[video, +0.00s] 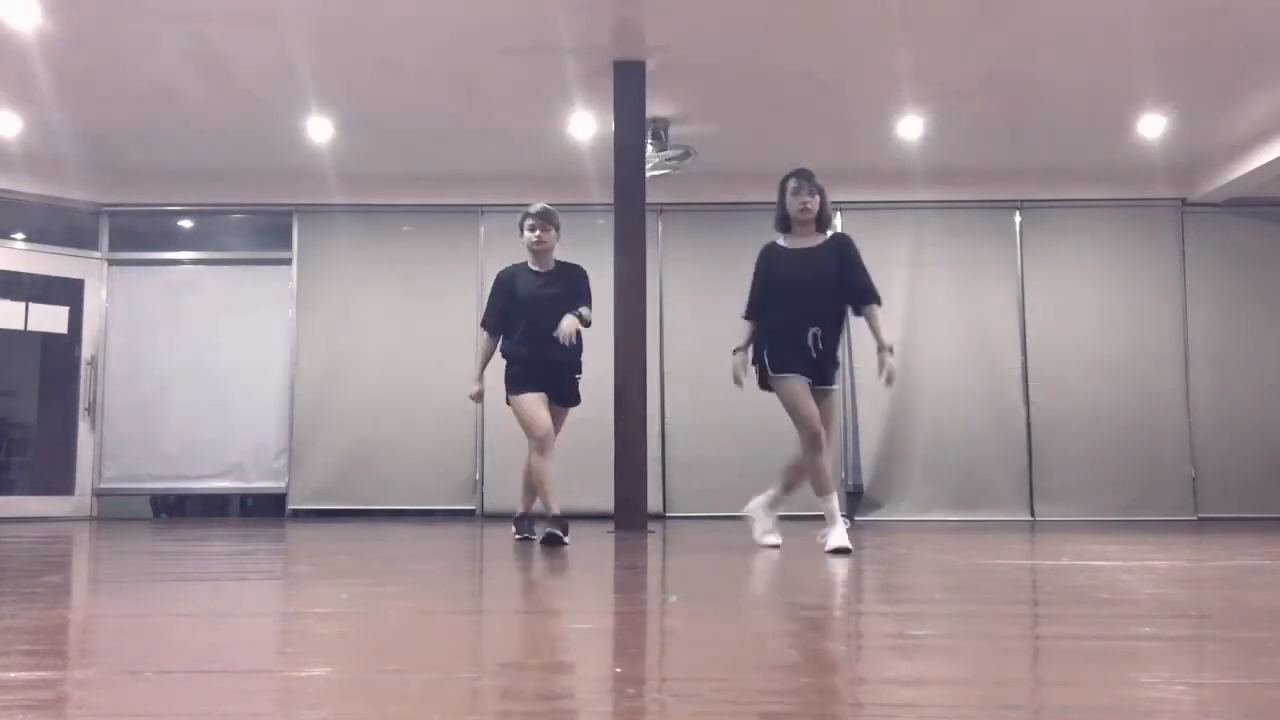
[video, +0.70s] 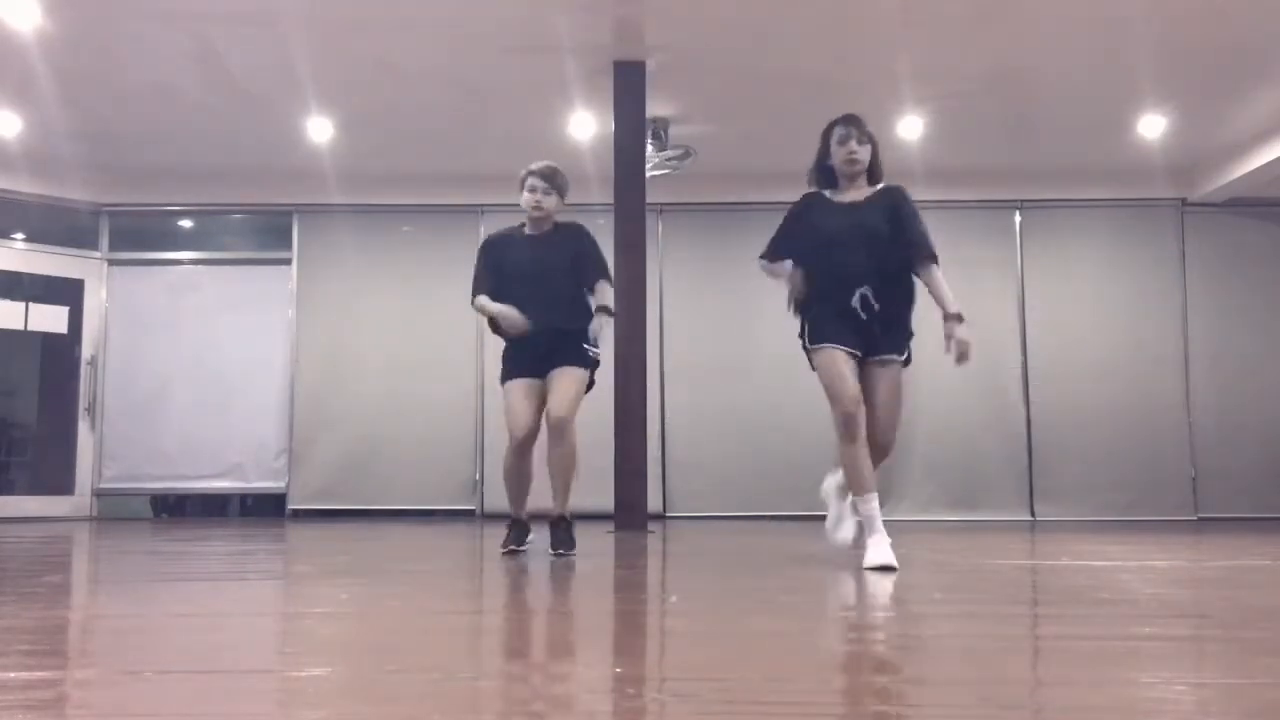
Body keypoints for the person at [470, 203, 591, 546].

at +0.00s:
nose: (539, 234)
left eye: (546, 228)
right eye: (532, 228)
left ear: (557, 234)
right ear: (522, 235)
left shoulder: (574, 274)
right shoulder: (509, 278)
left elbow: (585, 313)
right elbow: (491, 331)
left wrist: (573, 318)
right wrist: (478, 377)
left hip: (563, 373)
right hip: (521, 371)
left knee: (542, 447)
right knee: (542, 435)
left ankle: (524, 516)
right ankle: (554, 519)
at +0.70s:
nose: (537, 197)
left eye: (547, 192)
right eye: (531, 190)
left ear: (560, 200)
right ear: (520, 195)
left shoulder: (576, 237)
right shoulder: (496, 244)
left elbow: (601, 282)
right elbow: (479, 297)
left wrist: (602, 314)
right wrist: (498, 311)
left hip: (571, 342)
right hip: (522, 344)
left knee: (558, 419)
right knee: (521, 432)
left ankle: (561, 519)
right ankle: (518, 521)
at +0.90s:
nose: (522, 196)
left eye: (528, 187)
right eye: (513, 191)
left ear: (543, 192)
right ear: (503, 201)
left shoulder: (576, 231)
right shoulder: (499, 250)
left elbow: (597, 286)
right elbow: (494, 308)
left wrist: (600, 338)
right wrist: (510, 265)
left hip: (566, 343)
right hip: (513, 347)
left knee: (558, 407)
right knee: (522, 448)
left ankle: (551, 515)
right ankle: (521, 524)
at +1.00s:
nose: (533, 185)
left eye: (539, 176)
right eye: (524, 181)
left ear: (554, 181)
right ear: (514, 190)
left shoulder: (579, 234)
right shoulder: (501, 230)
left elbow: (589, 295)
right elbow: (488, 278)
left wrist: (590, 338)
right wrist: (529, 238)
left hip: (565, 341)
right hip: (514, 341)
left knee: (558, 423)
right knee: (524, 446)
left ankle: (552, 525)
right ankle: (524, 524)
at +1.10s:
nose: (556, 180)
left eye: (563, 175)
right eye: (548, 172)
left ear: (571, 188)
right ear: (531, 179)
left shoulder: (571, 239)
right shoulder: (510, 212)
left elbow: (579, 302)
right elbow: (492, 235)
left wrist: (595, 338)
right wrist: (530, 208)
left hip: (565, 340)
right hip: (515, 339)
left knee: (559, 425)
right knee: (526, 445)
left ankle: (552, 526)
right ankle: (533, 516)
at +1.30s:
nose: (561, 192)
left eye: (569, 190)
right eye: (558, 181)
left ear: (571, 200)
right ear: (537, 179)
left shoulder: (571, 245)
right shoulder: (502, 225)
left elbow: (591, 292)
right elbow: (501, 204)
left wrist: (587, 308)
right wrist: (529, 174)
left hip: (558, 341)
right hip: (506, 338)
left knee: (552, 429)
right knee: (514, 417)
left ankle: (550, 527)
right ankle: (520, 482)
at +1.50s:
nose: (528, 146)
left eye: (537, 140)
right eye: (520, 139)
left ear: (549, 152)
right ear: (506, 147)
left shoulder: (562, 209)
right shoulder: (481, 196)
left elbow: (576, 266)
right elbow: (458, 252)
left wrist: (561, 291)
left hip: (543, 320)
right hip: (491, 318)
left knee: (556, 420)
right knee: (458, 414)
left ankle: (582, 519)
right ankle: (423, 507)